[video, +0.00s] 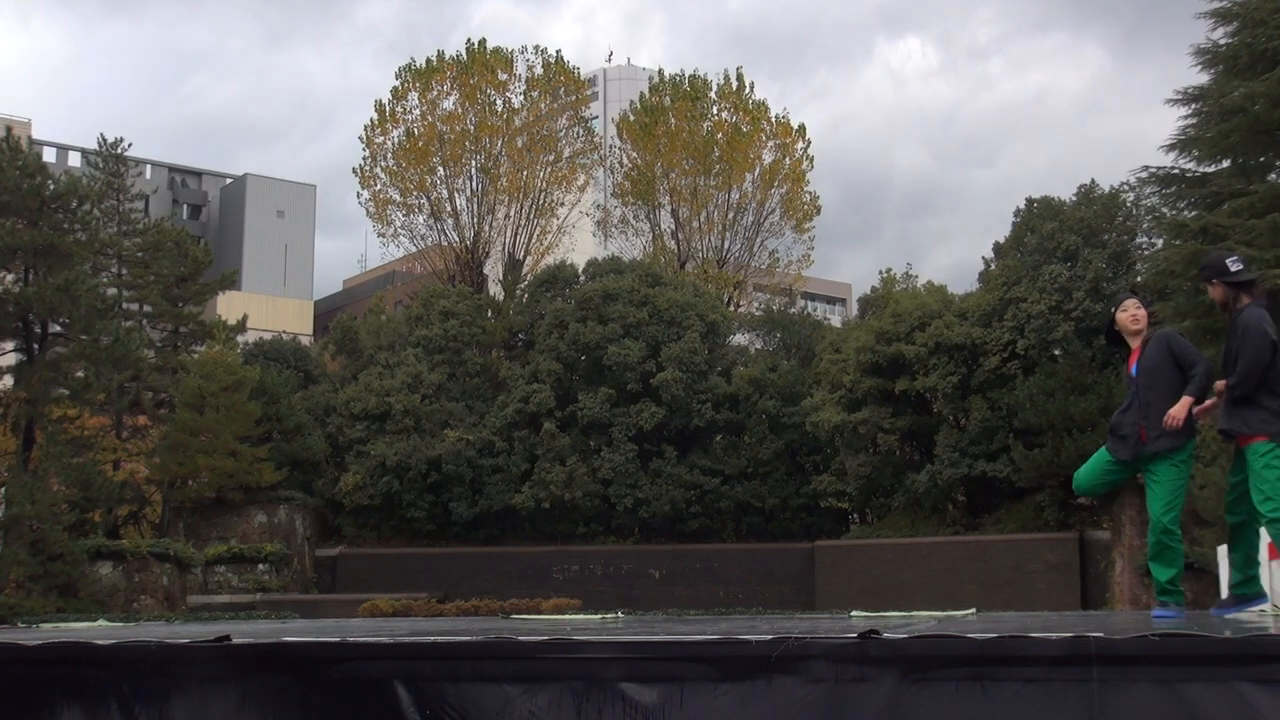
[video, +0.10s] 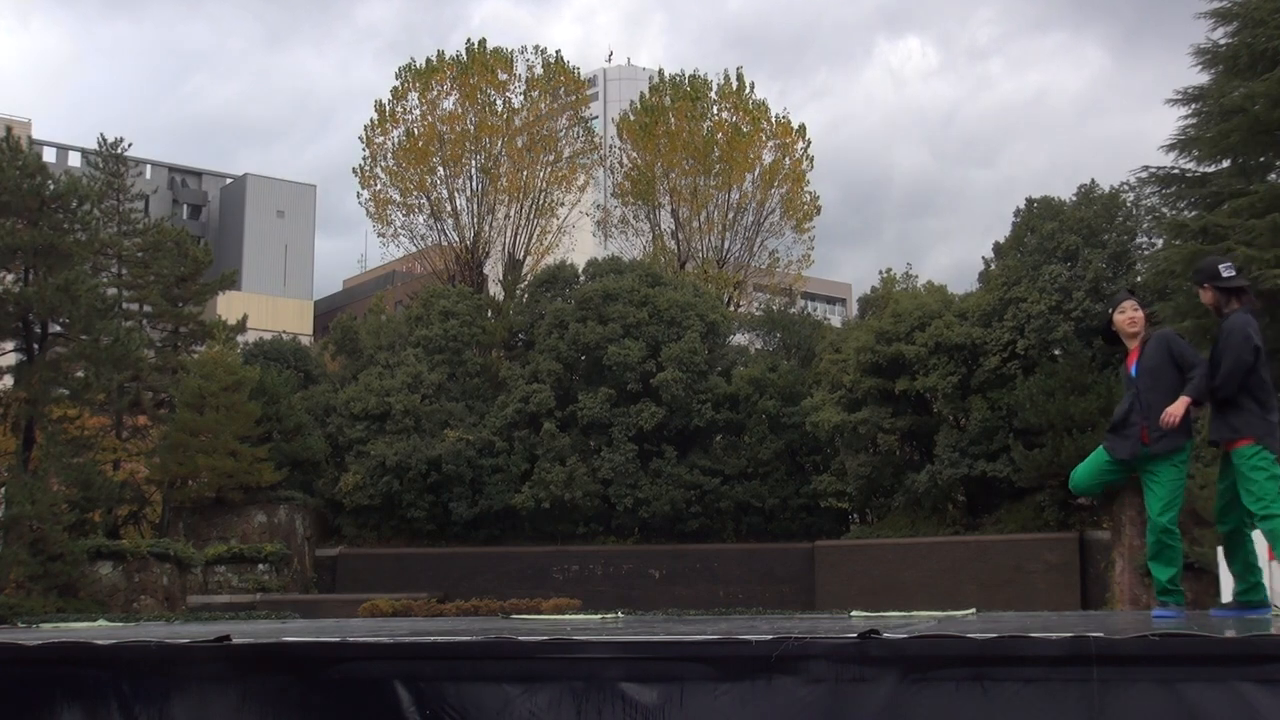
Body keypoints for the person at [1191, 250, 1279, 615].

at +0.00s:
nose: (1209, 294)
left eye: (1210, 287)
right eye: (1208, 287)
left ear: (1223, 286)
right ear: (1233, 284)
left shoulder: (1253, 320)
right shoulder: (1243, 320)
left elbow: (1250, 379)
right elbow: (1242, 381)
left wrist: (1226, 387)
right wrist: (1214, 403)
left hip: (1264, 435)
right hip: (1247, 436)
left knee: (1271, 514)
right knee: (1240, 512)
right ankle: (1246, 589)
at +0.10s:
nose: (1199, 296)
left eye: (1201, 289)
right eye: (1199, 290)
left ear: (1215, 290)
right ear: (1225, 288)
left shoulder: (1238, 325)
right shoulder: (1233, 325)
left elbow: (1226, 382)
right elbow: (1212, 370)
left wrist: (1202, 396)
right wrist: (1194, 392)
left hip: (1254, 439)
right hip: (1237, 442)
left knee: (1269, 518)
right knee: (1229, 522)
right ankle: (1251, 596)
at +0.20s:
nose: (1188, 298)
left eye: (1190, 292)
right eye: (1188, 292)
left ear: (1202, 294)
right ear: (1217, 292)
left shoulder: (1222, 328)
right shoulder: (1220, 327)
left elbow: (1214, 382)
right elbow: (1215, 381)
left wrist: (1189, 401)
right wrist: (1190, 397)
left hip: (1237, 440)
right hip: (1225, 441)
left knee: (1246, 516)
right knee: (1223, 523)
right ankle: (1251, 597)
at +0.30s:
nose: (1176, 303)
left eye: (1177, 297)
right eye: (1176, 297)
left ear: (1187, 298)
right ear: (1207, 296)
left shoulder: (1201, 329)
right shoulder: (1221, 327)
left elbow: (1204, 382)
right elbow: (1217, 381)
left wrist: (1187, 408)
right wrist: (1193, 407)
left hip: (1218, 437)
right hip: (1237, 435)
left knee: (1208, 513)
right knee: (1230, 514)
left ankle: (1268, 557)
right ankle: (1250, 596)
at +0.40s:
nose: (1161, 309)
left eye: (1162, 303)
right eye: (1161, 303)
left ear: (1173, 303)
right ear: (1192, 303)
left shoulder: (1182, 333)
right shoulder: (1212, 334)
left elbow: (1192, 385)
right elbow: (1219, 385)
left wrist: (1187, 432)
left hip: (1209, 440)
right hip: (1232, 439)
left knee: (1180, 512)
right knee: (1231, 519)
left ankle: (1229, 572)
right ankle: (1255, 596)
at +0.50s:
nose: (1142, 313)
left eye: (1145, 308)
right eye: (1144, 307)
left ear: (1157, 310)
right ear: (1174, 310)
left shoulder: (1162, 338)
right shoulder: (1198, 339)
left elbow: (1181, 382)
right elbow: (1207, 384)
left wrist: (1190, 425)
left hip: (1189, 445)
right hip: (1218, 443)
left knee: (1165, 516)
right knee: (1226, 521)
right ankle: (1252, 594)